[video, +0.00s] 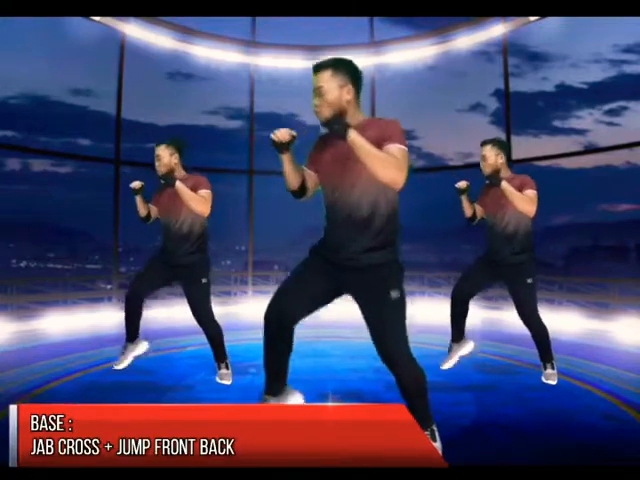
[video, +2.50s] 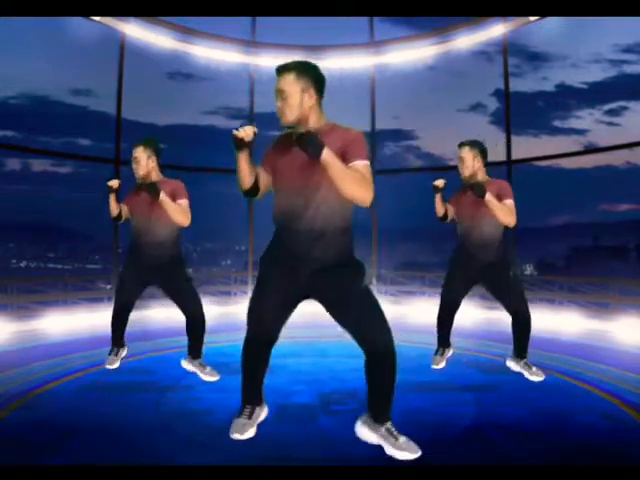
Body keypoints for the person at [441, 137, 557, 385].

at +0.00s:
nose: (481, 162)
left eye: (485, 157)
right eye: (481, 158)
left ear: (500, 157)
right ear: (489, 160)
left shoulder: (523, 182)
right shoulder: (488, 190)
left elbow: (530, 210)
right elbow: (473, 216)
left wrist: (503, 184)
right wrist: (464, 195)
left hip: (519, 262)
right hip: (492, 260)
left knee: (529, 316)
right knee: (460, 294)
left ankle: (548, 364)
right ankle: (458, 342)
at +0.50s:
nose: (465, 154)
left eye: (469, 149)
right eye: (464, 150)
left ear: (484, 151)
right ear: (466, 154)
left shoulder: (504, 174)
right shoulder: (466, 184)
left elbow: (511, 203)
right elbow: (451, 206)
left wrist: (484, 179)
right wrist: (444, 184)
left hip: (501, 251)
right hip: (472, 251)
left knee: (521, 304)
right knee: (450, 293)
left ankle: (532, 352)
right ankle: (443, 341)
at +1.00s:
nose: (494, 161)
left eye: (498, 156)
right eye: (492, 156)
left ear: (512, 157)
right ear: (490, 159)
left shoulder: (529, 183)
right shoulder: (485, 189)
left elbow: (542, 208)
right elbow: (466, 209)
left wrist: (517, 184)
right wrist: (457, 195)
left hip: (522, 262)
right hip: (491, 262)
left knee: (539, 317)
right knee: (467, 306)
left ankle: (548, 364)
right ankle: (462, 354)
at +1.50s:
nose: (480, 162)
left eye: (482, 157)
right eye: (480, 158)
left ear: (492, 156)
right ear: (497, 157)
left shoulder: (496, 176)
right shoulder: (501, 179)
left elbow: (458, 182)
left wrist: (433, 173)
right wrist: (441, 176)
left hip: (499, 258)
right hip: (489, 256)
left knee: (513, 313)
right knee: (464, 300)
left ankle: (548, 359)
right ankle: (461, 354)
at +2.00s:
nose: (490, 168)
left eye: (493, 162)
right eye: (487, 164)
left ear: (508, 160)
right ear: (488, 165)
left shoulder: (530, 182)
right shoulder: (495, 191)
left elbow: (540, 212)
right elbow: (478, 216)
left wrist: (513, 185)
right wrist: (469, 195)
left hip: (526, 262)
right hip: (498, 261)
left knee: (534, 317)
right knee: (473, 305)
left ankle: (548, 364)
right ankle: (462, 354)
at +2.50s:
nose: (461, 164)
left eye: (465, 159)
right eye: (460, 160)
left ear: (479, 160)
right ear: (462, 163)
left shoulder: (500, 188)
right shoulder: (461, 195)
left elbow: (510, 220)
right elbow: (444, 215)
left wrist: (486, 196)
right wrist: (438, 194)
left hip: (496, 264)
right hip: (465, 263)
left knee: (520, 312)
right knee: (447, 305)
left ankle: (519, 358)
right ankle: (443, 347)